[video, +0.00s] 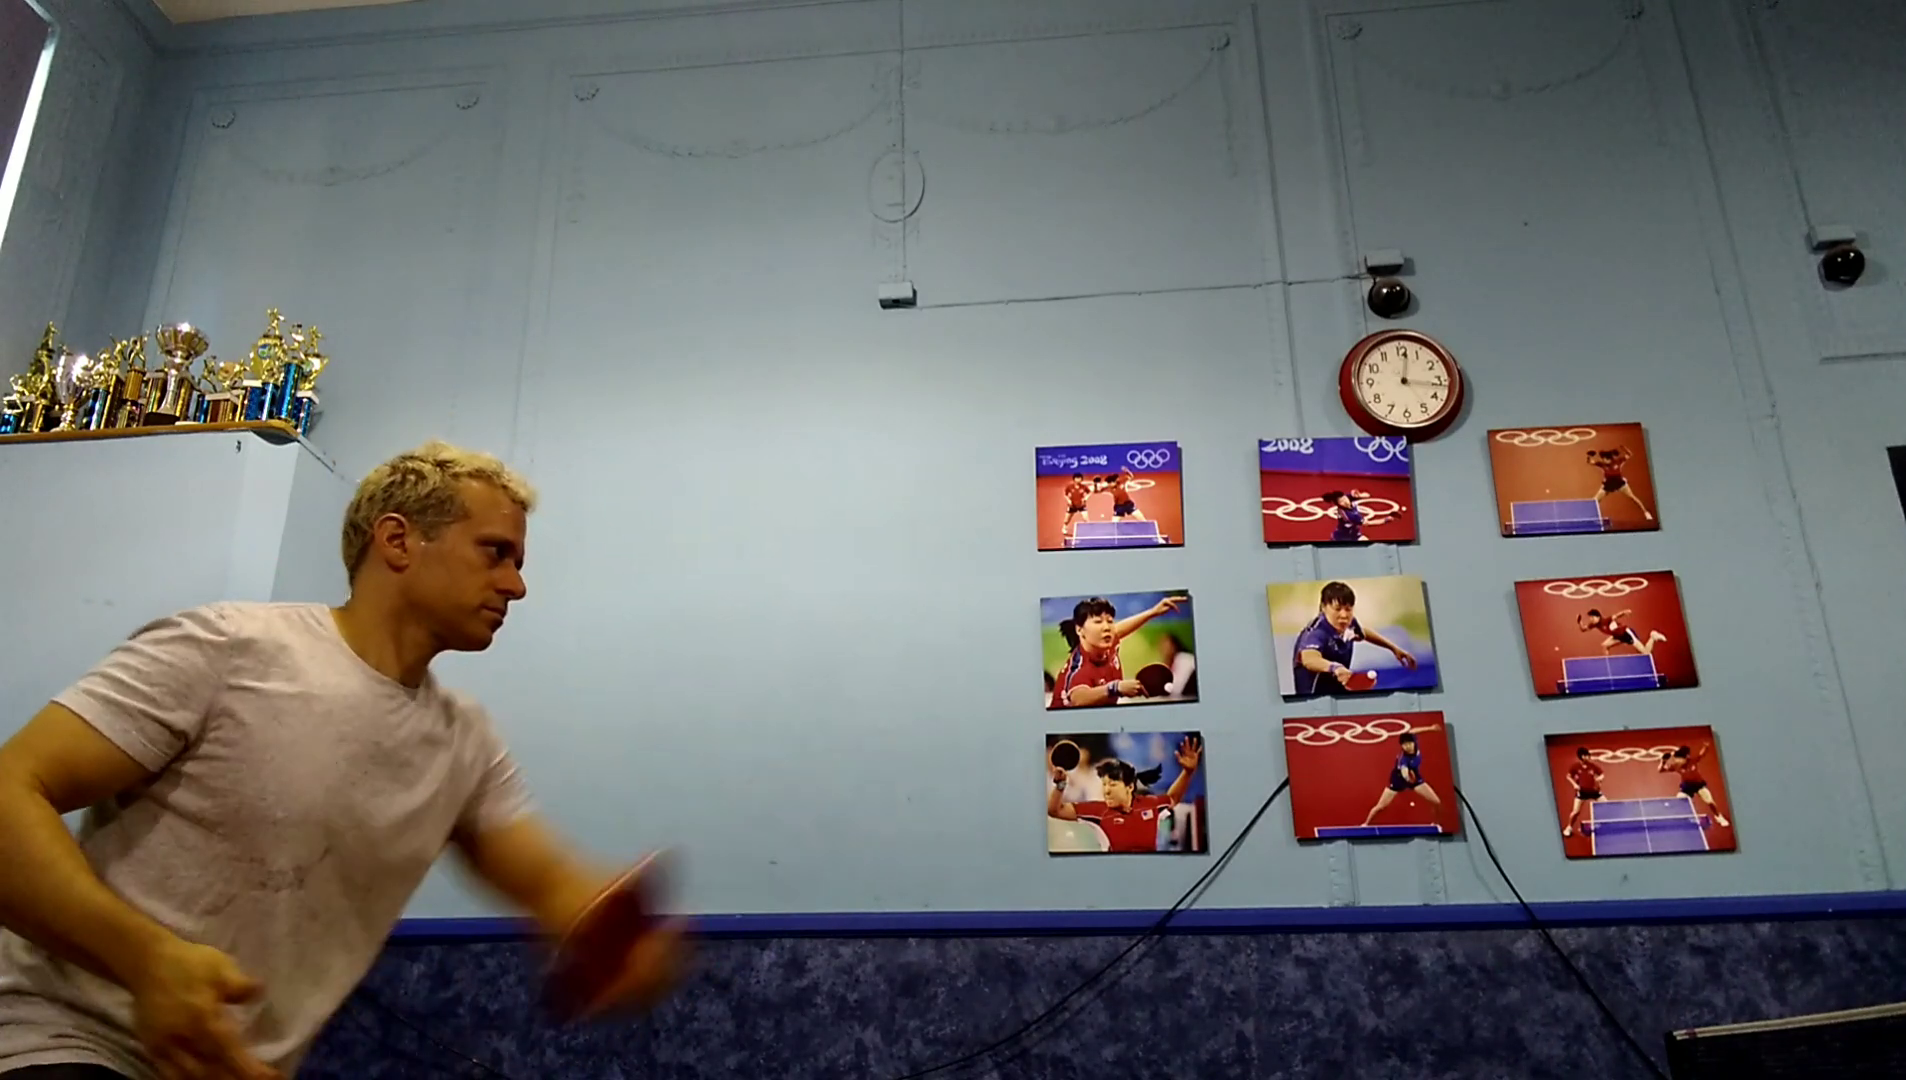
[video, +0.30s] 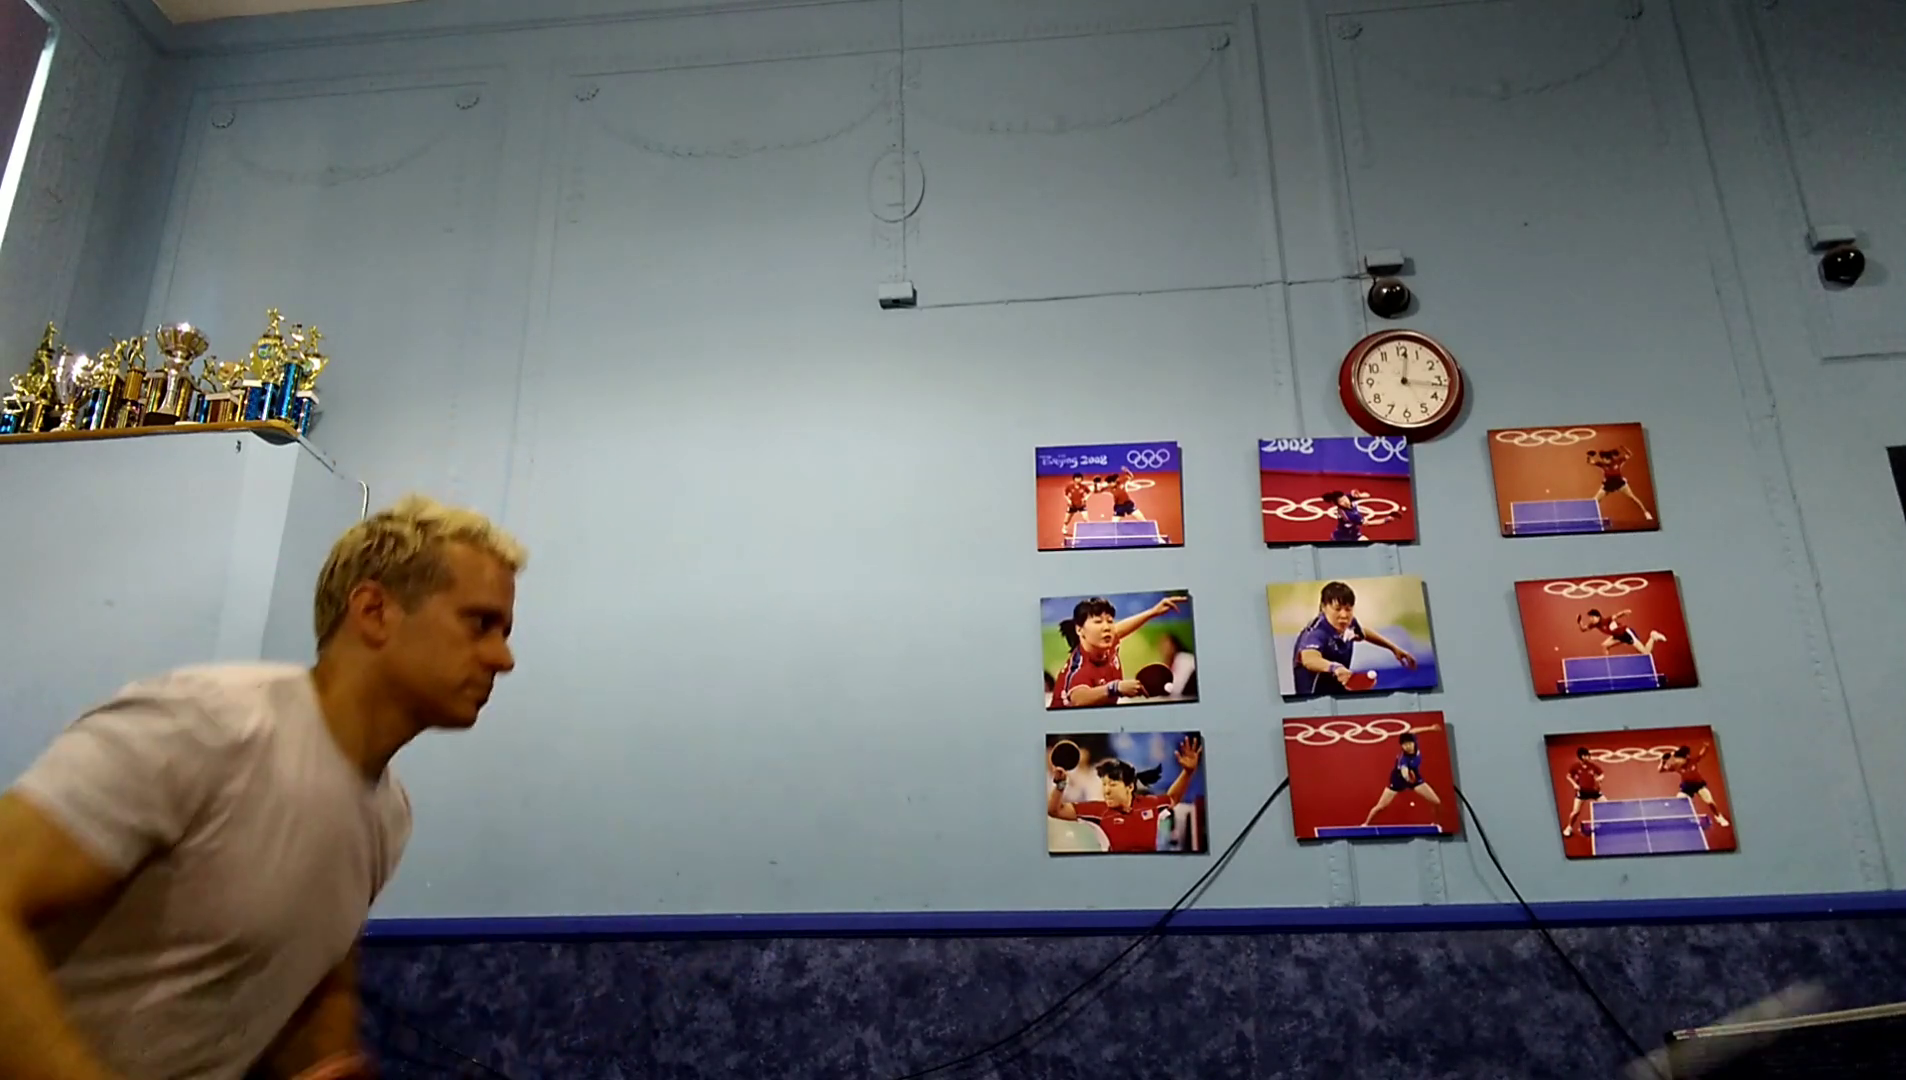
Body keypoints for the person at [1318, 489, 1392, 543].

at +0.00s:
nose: (1345, 502)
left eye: (1344, 499)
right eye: (1341, 502)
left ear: (1346, 497)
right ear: (1339, 505)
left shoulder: (1348, 498)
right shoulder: (1350, 515)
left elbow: (1367, 496)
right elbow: (1366, 523)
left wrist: (1360, 495)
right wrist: (1384, 520)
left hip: (1355, 535)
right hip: (1341, 538)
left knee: (1371, 547)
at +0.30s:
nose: (1344, 502)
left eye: (1344, 499)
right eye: (1341, 502)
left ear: (1346, 497)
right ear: (1339, 505)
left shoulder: (1348, 497)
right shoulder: (1350, 515)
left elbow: (1367, 495)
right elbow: (1366, 523)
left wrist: (1360, 495)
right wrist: (1384, 520)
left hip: (1355, 536)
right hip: (1341, 538)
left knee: (1371, 548)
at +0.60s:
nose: (1344, 502)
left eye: (1344, 499)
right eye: (1341, 502)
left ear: (1346, 497)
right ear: (1339, 505)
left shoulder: (1349, 498)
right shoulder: (1350, 515)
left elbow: (1367, 496)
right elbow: (1366, 523)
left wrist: (1360, 495)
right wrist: (1385, 520)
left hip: (1355, 536)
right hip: (1341, 538)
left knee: (1371, 547)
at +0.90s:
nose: (1344, 502)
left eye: (1344, 499)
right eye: (1341, 502)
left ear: (1346, 497)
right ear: (1339, 505)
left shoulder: (1348, 497)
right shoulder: (1350, 515)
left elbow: (1367, 495)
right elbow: (1366, 523)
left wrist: (1360, 495)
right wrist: (1384, 520)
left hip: (1355, 536)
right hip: (1341, 538)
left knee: (1371, 548)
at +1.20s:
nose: (1344, 502)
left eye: (1344, 499)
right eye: (1341, 502)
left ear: (1346, 497)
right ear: (1339, 505)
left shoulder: (1349, 498)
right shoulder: (1350, 515)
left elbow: (1367, 496)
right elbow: (1366, 523)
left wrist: (1360, 495)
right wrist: (1385, 520)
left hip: (1356, 536)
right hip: (1341, 538)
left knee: (1371, 548)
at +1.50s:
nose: (1344, 502)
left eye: (1344, 499)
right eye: (1341, 502)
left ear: (1346, 497)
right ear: (1339, 505)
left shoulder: (1349, 498)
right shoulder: (1350, 515)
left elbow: (1367, 496)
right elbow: (1366, 523)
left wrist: (1360, 495)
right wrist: (1385, 520)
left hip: (1355, 536)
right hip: (1341, 538)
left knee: (1371, 547)